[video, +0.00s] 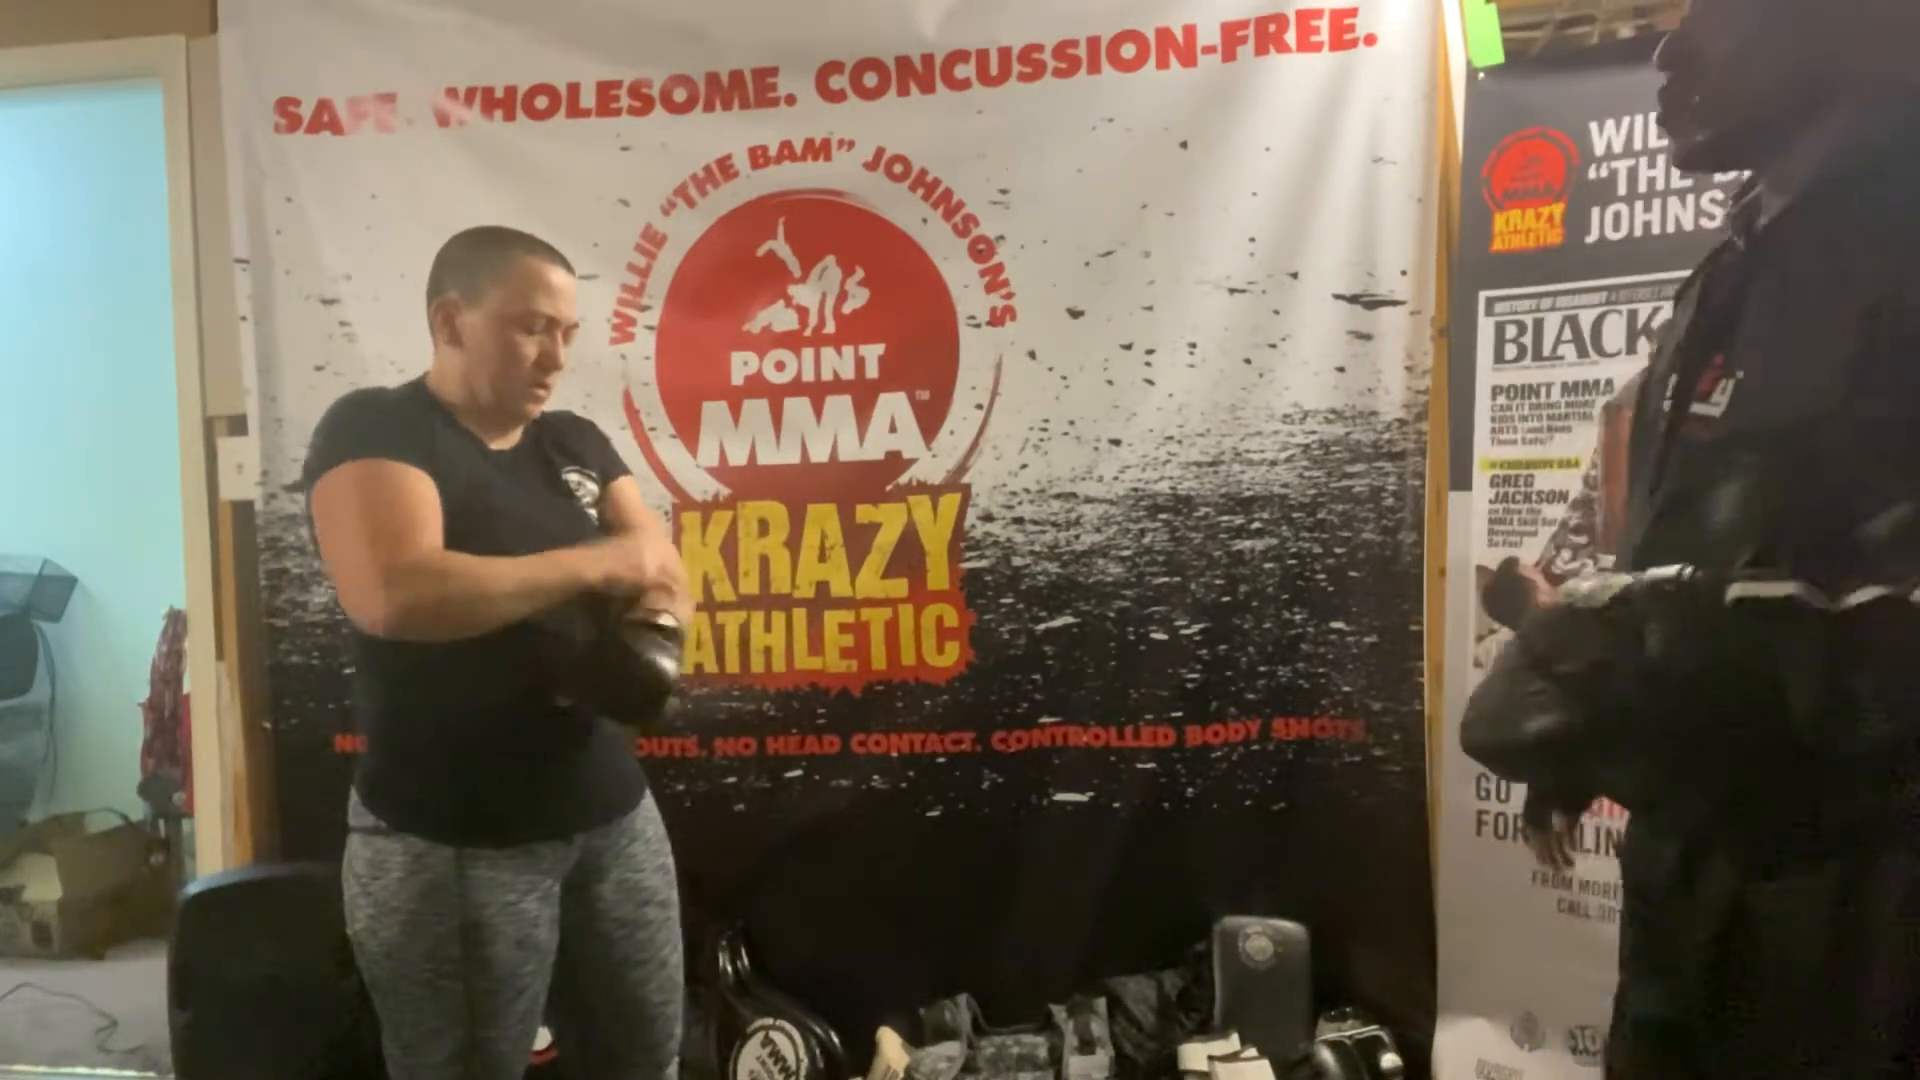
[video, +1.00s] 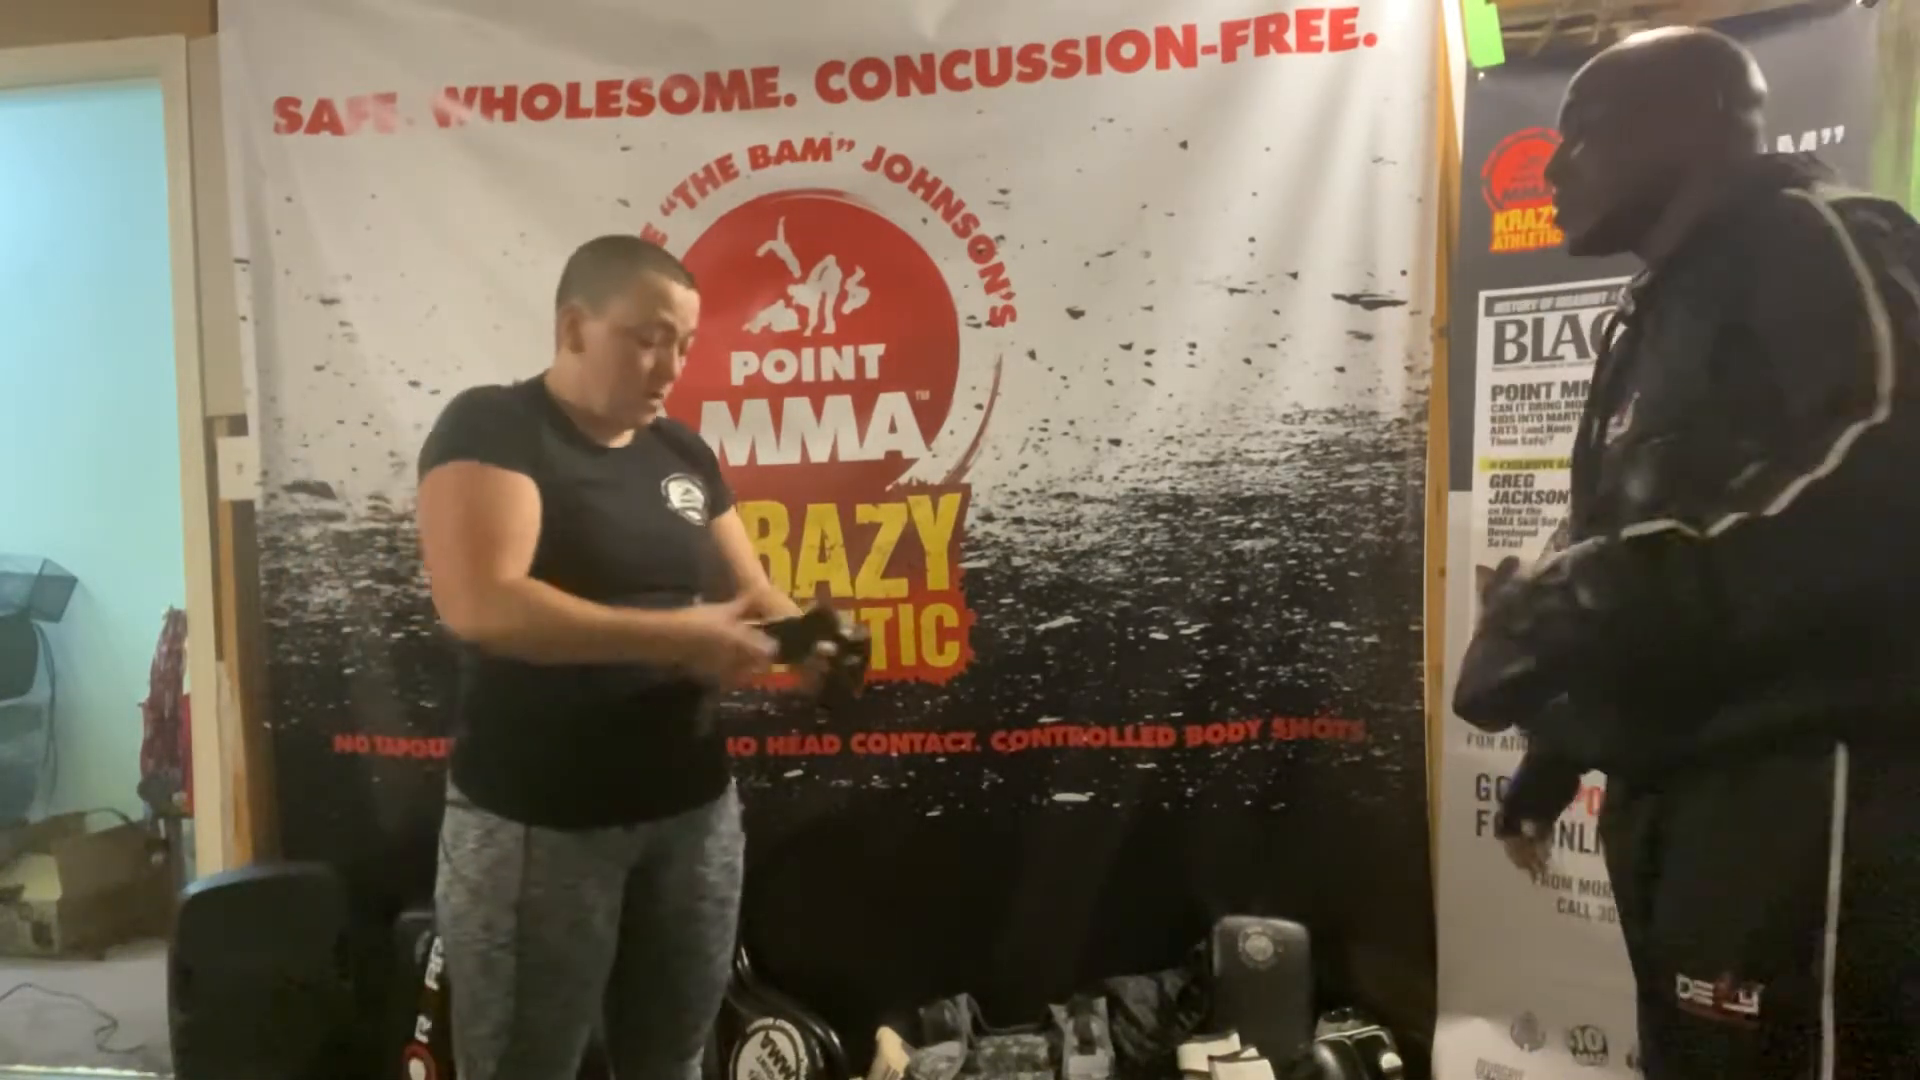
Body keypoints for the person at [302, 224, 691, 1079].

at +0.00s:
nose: (554, 356)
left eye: (564, 333)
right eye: (533, 327)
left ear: (570, 337)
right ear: (450, 318)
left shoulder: (573, 443)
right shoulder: (370, 430)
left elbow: (659, 565)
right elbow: (392, 594)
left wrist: (651, 633)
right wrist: (598, 561)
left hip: (611, 825)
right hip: (450, 850)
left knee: (641, 1063)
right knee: (467, 1066)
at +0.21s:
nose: (581, 360)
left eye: (590, 339)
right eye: (563, 331)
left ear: (594, 344)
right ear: (480, 320)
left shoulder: (595, 446)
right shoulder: (392, 433)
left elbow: (688, 581)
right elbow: (427, 607)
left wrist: (687, 678)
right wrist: (608, 583)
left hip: (633, 824)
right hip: (469, 846)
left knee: (650, 1065)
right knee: (475, 1066)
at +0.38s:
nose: (609, 356)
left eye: (617, 335)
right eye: (590, 329)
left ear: (621, 340)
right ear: (508, 318)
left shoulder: (625, 448)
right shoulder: (421, 433)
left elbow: (704, 587)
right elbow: (449, 610)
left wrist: (736, 656)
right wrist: (634, 589)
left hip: (653, 825)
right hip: (490, 842)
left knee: (656, 1064)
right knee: (493, 1068)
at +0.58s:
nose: (636, 357)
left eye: (646, 335)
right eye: (613, 329)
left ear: (654, 339)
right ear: (535, 321)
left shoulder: (652, 453)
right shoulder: (451, 432)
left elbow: (718, 599)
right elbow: (462, 606)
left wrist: (774, 646)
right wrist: (665, 595)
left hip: (670, 825)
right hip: (509, 838)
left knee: (653, 1066)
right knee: (500, 1068)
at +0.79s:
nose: (657, 365)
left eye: (669, 344)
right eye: (638, 337)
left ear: (674, 345)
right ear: (563, 324)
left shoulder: (668, 452)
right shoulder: (477, 429)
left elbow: (736, 602)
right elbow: (496, 598)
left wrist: (784, 631)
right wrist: (688, 606)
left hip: (683, 821)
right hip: (525, 832)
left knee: (663, 1065)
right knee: (514, 1067)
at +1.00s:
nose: (668, 367)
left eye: (680, 346)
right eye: (648, 339)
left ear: (687, 345)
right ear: (574, 325)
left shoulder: (682, 453)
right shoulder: (487, 427)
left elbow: (748, 591)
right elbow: (477, 602)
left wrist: (807, 638)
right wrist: (679, 638)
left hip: (690, 822)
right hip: (532, 831)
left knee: (667, 1065)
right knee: (520, 1066)